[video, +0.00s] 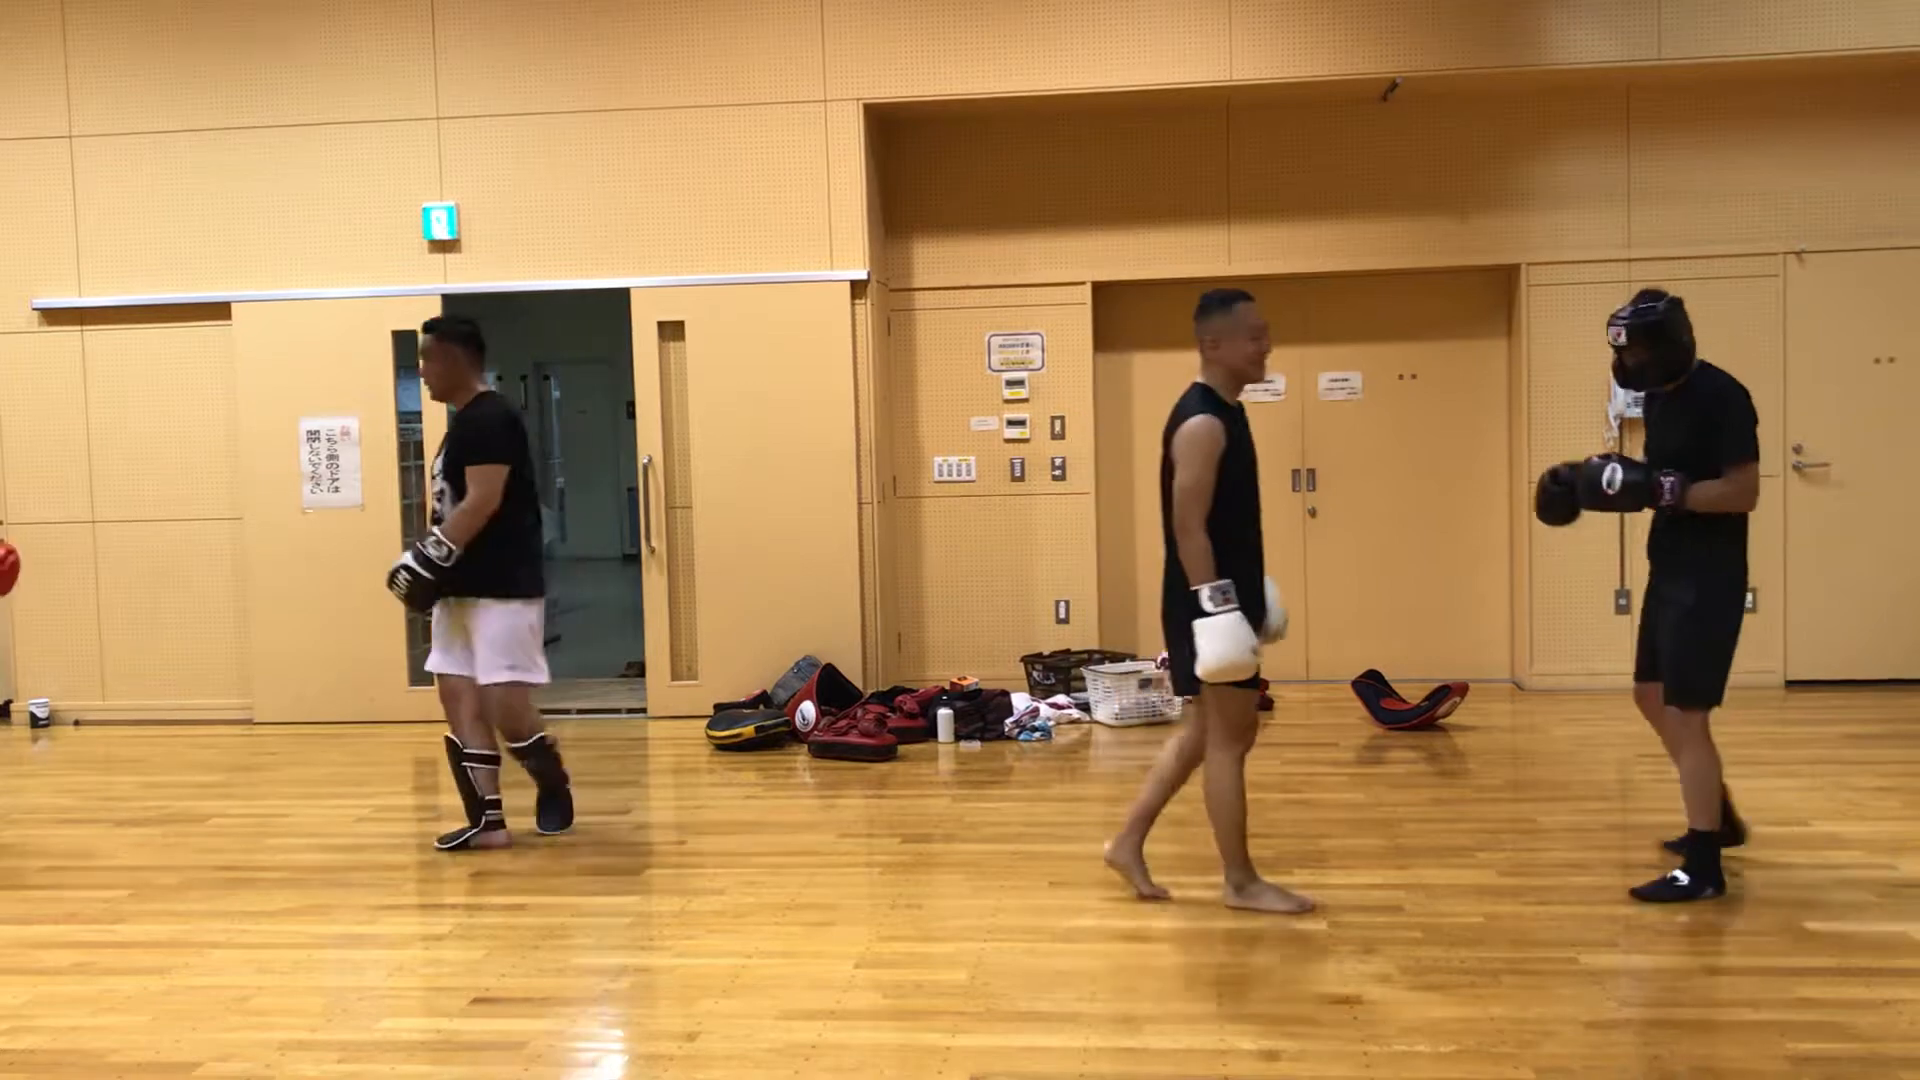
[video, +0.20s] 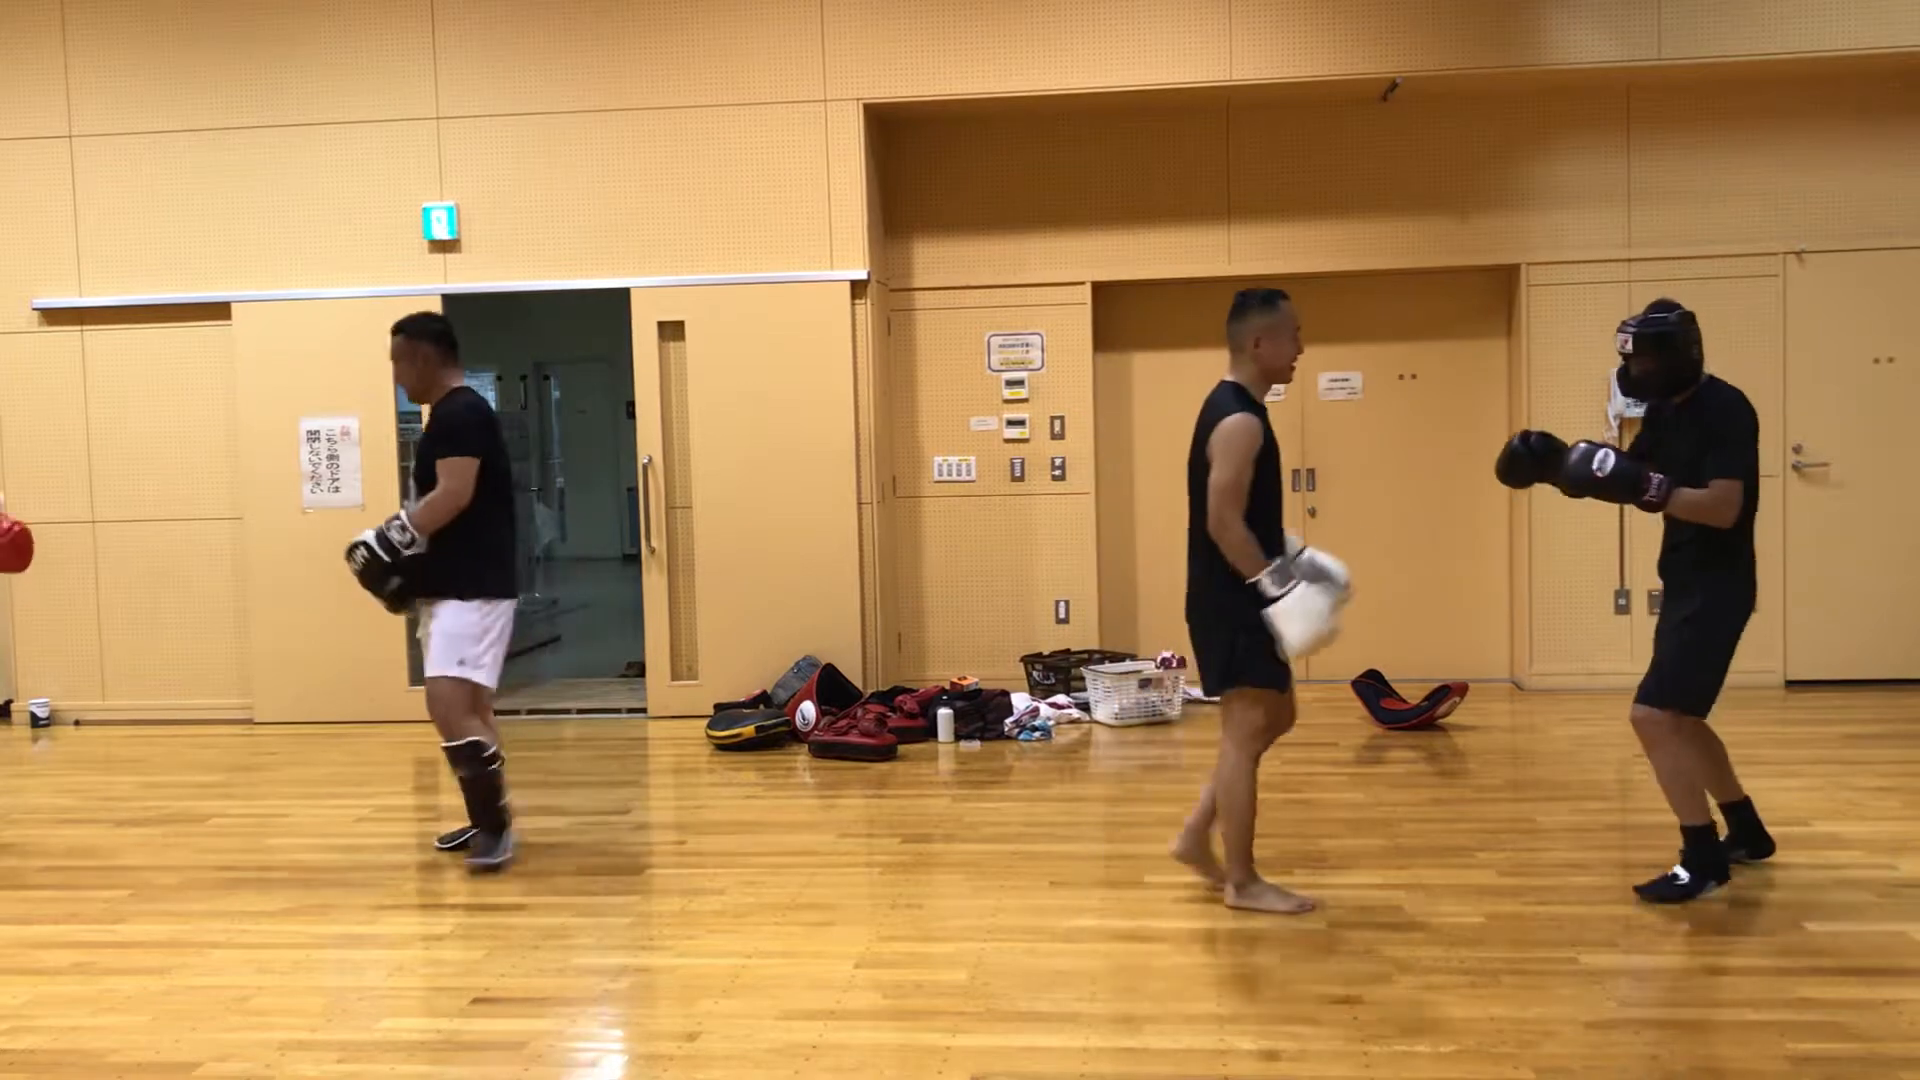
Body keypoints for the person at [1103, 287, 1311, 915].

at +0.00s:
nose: (1266, 346)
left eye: (1265, 335)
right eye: (1255, 337)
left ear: (1230, 344)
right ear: (1213, 344)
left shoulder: (1225, 412)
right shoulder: (1202, 422)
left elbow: (1227, 519)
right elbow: (1187, 526)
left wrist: (1256, 587)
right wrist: (1217, 610)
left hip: (1219, 600)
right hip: (1209, 606)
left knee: (1201, 731)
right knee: (1229, 737)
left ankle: (1128, 843)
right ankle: (1240, 880)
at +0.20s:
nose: (1299, 351)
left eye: (1298, 339)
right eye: (1291, 339)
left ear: (1254, 344)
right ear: (1258, 343)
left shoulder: (1238, 409)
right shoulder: (1237, 420)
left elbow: (1246, 513)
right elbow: (1222, 521)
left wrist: (1297, 554)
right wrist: (1276, 588)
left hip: (1241, 594)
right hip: (1228, 599)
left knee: (1277, 714)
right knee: (1244, 730)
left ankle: (1195, 835)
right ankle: (1241, 880)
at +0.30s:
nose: (1311, 348)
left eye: (1310, 336)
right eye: (1304, 336)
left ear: (1266, 341)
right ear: (1271, 341)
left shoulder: (1251, 408)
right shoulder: (1251, 417)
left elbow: (1266, 506)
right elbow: (1251, 520)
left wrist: (1323, 527)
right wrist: (1323, 554)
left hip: (1261, 596)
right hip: (1244, 601)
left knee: (1297, 709)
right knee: (1260, 724)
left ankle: (1257, 854)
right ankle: (1242, 880)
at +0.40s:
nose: (1320, 347)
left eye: (1319, 335)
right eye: (1313, 335)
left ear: (1276, 341)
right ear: (1279, 339)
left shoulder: (1264, 409)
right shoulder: (1260, 417)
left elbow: (1293, 493)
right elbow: (1280, 515)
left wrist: (1351, 485)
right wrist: (1354, 502)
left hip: (1276, 603)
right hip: (1258, 607)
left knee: (1313, 711)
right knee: (1264, 727)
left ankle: (1320, 853)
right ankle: (1243, 881)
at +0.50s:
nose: (1330, 348)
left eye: (1330, 336)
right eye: (1323, 335)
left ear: (1288, 341)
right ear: (1287, 339)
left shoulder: (1290, 408)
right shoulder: (1262, 415)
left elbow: (1343, 466)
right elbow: (1313, 500)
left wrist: (1401, 434)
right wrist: (1361, 442)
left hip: (1297, 595)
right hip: (1266, 598)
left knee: (1332, 711)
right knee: (1276, 725)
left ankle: (1348, 853)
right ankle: (1243, 879)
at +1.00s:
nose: (1396, 373)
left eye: (1398, 362)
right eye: (1386, 361)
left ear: (1376, 364)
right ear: (1344, 358)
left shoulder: (1381, 432)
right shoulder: (1288, 418)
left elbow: (1409, 516)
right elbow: (1263, 506)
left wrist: (1448, 501)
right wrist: (1329, 492)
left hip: (1339, 592)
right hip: (1278, 592)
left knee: (1383, 709)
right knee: (1283, 719)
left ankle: (1368, 847)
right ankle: (1258, 867)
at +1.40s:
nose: (1307, 376)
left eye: (1314, 366)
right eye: (1296, 364)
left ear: (1322, 370)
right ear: (1268, 362)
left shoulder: (1329, 427)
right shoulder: (1226, 420)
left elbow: (1384, 490)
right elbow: (1250, 479)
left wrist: (1402, 444)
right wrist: (1273, 415)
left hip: (1310, 597)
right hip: (1241, 599)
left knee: (1360, 709)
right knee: (1199, 718)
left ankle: (1364, 847)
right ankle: (1208, 833)